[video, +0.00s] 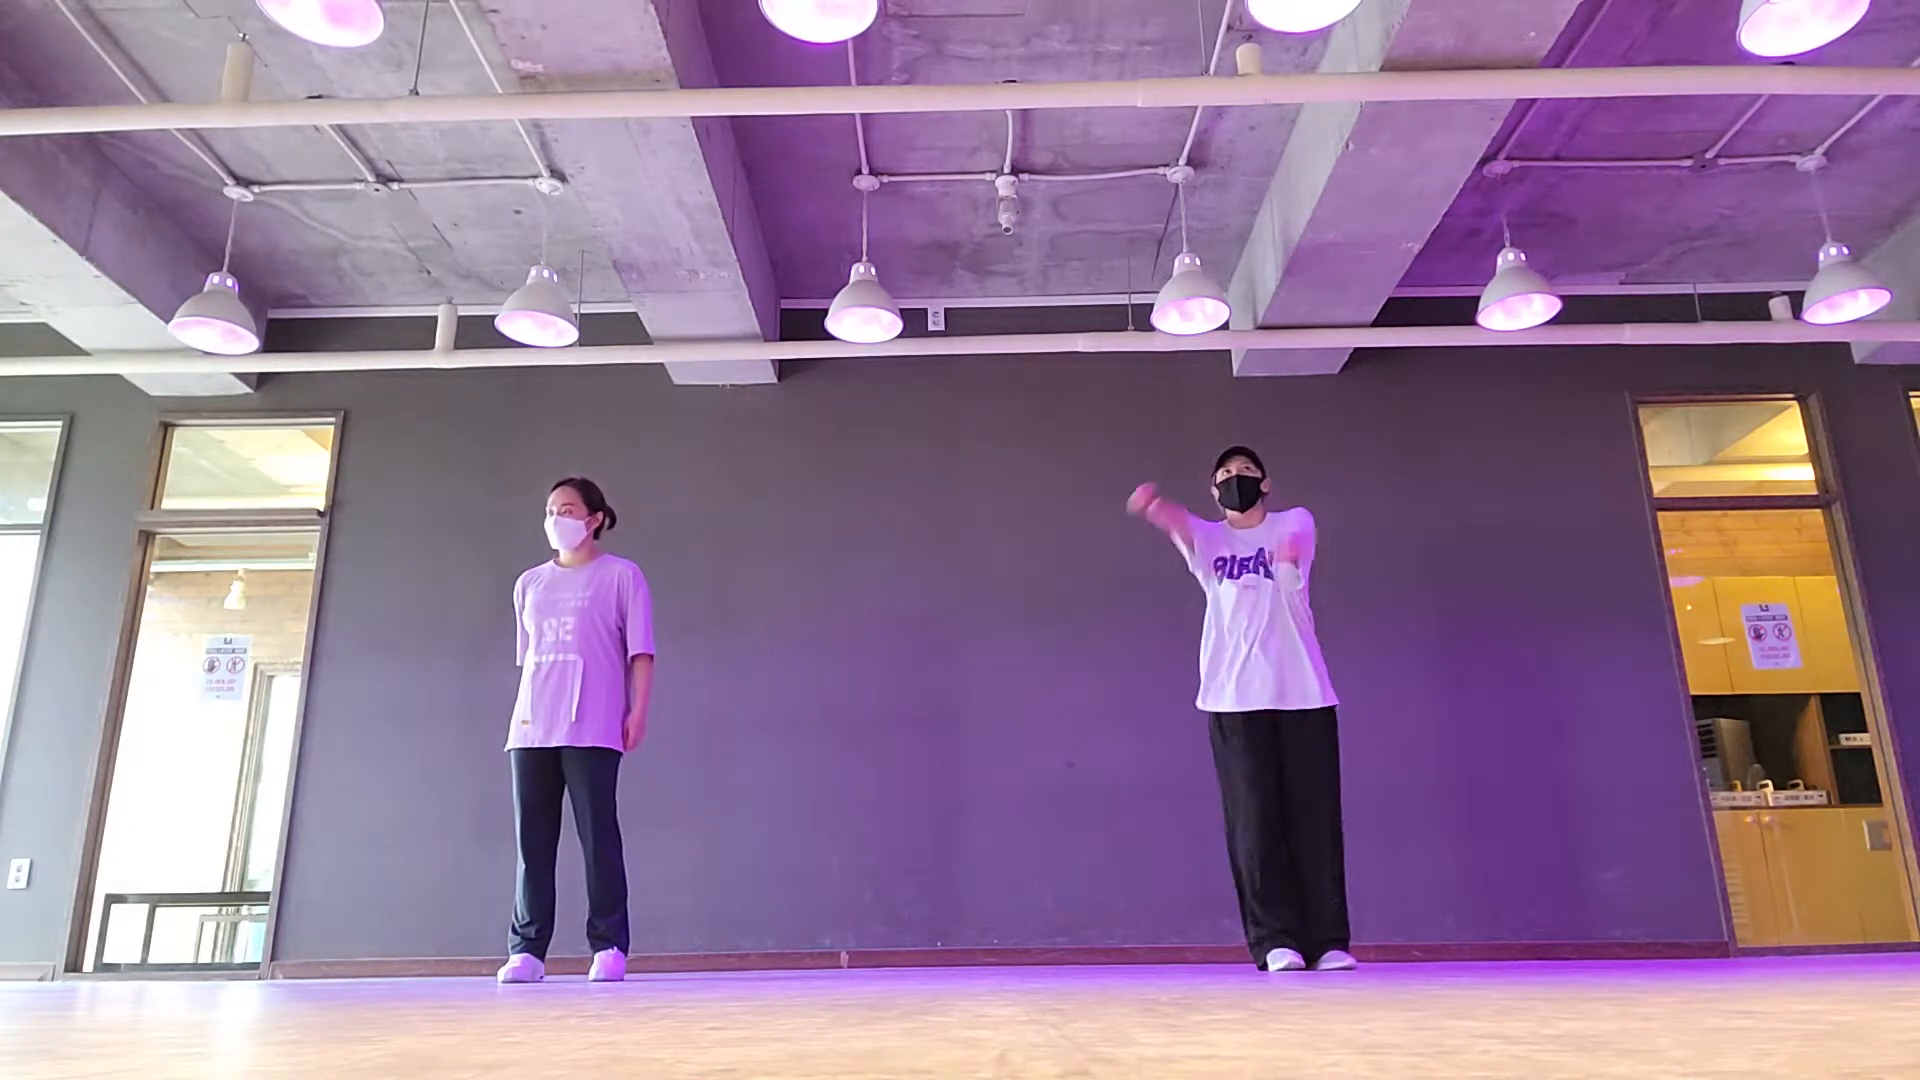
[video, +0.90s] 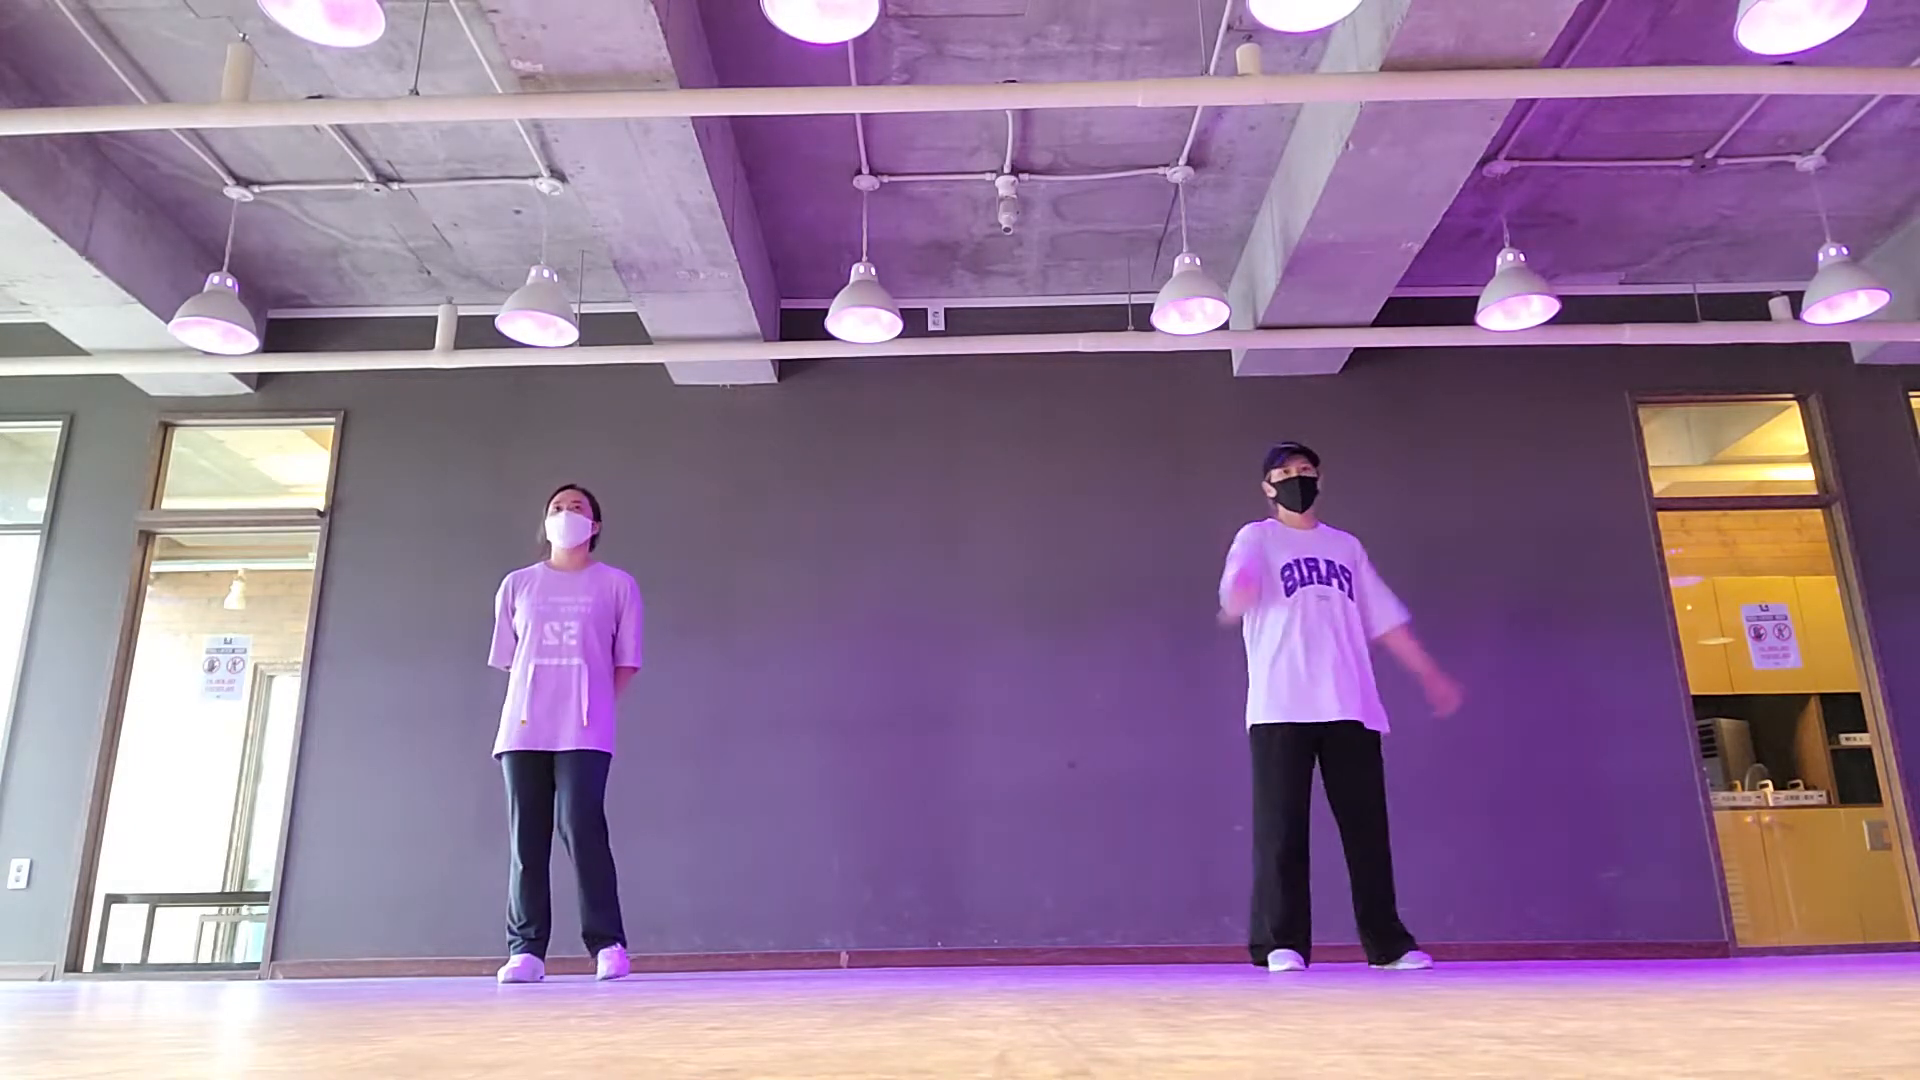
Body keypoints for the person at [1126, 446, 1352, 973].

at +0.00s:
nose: (1235, 482)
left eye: (1246, 474)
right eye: (1226, 477)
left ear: (1265, 485)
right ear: (1216, 493)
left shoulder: (1294, 523)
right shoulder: (1203, 537)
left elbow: (1298, 533)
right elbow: (1177, 521)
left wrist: (1287, 551)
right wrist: (1151, 505)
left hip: (1304, 696)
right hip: (1236, 703)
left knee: (1315, 821)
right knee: (1256, 828)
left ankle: (1328, 943)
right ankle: (1273, 945)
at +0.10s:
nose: (1238, 490)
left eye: (1247, 482)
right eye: (1227, 485)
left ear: (1266, 491)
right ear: (1214, 497)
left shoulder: (1298, 536)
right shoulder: (1199, 548)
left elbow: (1339, 554)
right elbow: (1156, 559)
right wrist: (1128, 560)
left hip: (1305, 703)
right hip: (1236, 709)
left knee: (1324, 821)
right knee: (1260, 825)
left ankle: (1327, 943)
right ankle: (1273, 944)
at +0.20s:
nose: (1239, 488)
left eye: (1249, 480)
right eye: (1228, 483)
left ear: (1265, 492)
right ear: (1214, 498)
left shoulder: (1303, 540)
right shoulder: (1198, 553)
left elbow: (1368, 574)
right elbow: (1155, 616)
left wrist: (1433, 591)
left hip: (1306, 704)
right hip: (1235, 710)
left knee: (1338, 819)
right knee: (1261, 829)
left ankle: (1331, 939)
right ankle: (1275, 946)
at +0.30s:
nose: (1241, 480)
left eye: (1250, 472)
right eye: (1230, 474)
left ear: (1264, 483)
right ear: (1212, 486)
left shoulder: (1299, 533)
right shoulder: (1200, 547)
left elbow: (1366, 591)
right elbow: (1189, 629)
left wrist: (1433, 631)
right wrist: (1177, 694)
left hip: (1313, 703)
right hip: (1242, 707)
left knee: (1349, 815)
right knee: (1262, 829)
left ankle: (1351, 938)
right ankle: (1281, 947)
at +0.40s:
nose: (1244, 475)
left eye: (1253, 467)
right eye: (1232, 468)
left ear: (1265, 478)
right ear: (1212, 481)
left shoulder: (1294, 526)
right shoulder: (1203, 539)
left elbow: (1334, 594)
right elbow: (1214, 616)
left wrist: (1375, 642)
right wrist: (1226, 678)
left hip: (1317, 697)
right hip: (1248, 703)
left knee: (1356, 817)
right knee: (1267, 830)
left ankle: (1385, 937)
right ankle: (1279, 948)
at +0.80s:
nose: (1289, 474)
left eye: (1297, 466)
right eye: (1276, 468)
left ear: (1310, 477)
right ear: (1260, 485)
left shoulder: (1340, 543)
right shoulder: (1247, 541)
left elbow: (1356, 630)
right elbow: (1212, 610)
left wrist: (1369, 693)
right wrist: (1180, 665)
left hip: (1343, 703)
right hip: (1274, 705)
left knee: (1367, 824)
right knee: (1274, 829)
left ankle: (1386, 943)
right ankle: (1278, 945)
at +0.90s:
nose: (1298, 480)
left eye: (1306, 472)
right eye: (1285, 474)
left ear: (1319, 482)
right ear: (1268, 488)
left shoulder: (1347, 546)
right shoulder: (1255, 539)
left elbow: (1387, 622)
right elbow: (1231, 606)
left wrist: (1432, 676)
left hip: (1350, 707)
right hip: (1281, 709)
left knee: (1367, 832)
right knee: (1282, 834)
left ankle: (1388, 948)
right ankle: (1282, 947)